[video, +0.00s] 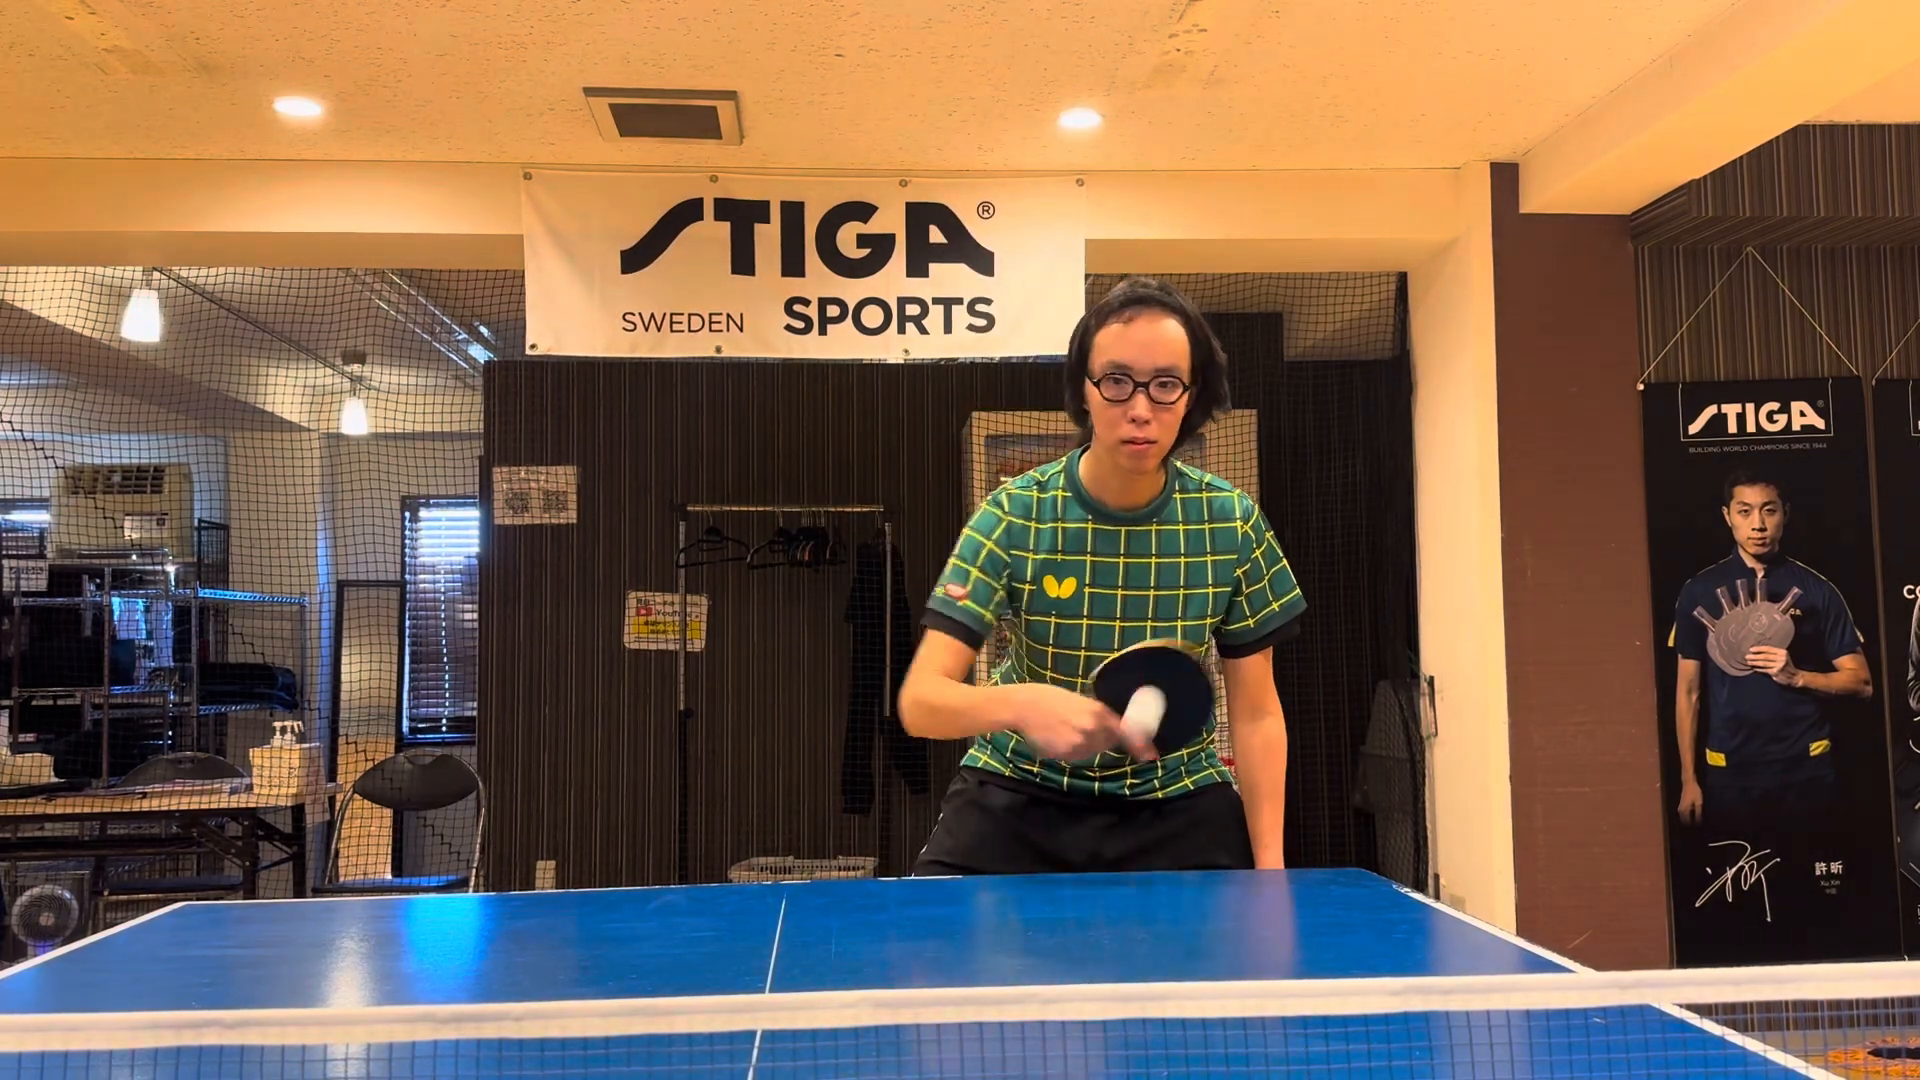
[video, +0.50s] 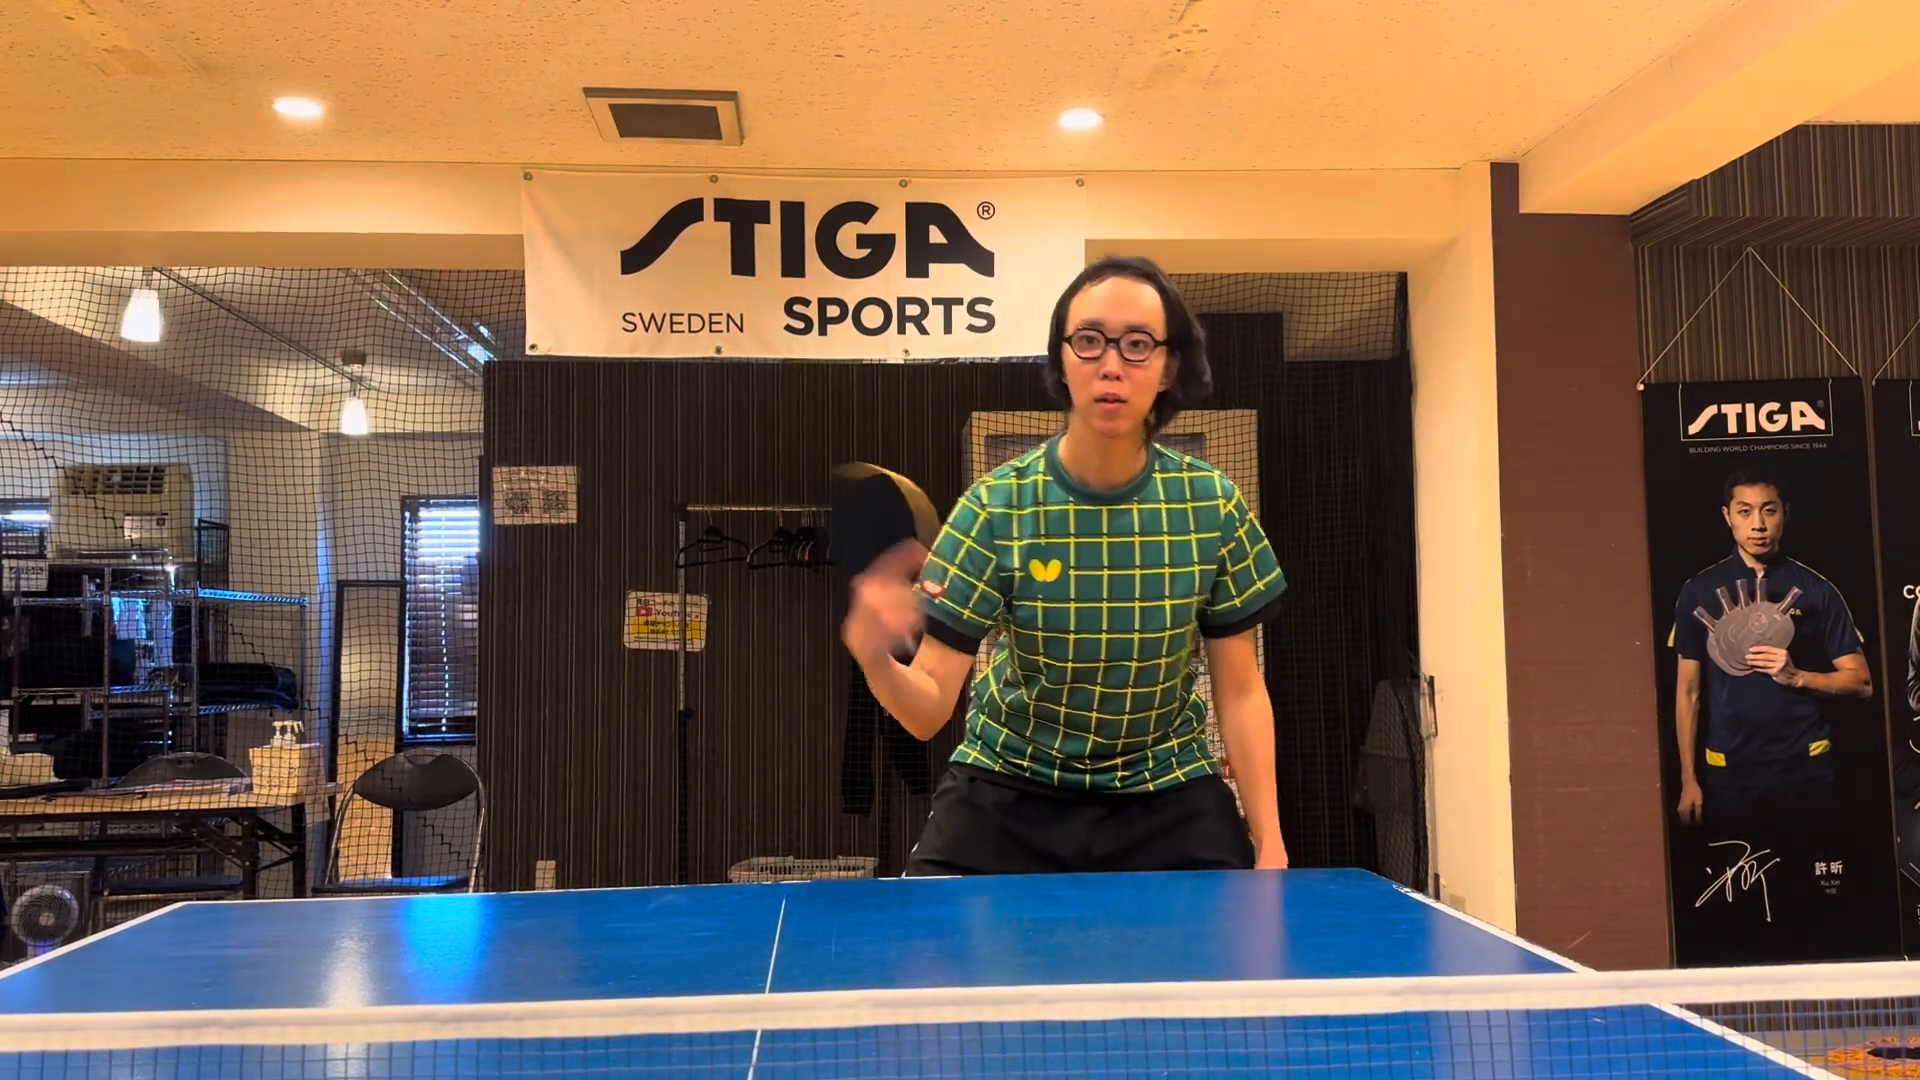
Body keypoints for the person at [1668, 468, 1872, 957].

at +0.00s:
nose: (1758, 523)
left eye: (1768, 510)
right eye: (1745, 511)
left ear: (1784, 517)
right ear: (1728, 517)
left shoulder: (1815, 591)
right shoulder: (1700, 594)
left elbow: (1860, 680)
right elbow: (1688, 691)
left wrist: (1798, 676)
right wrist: (1688, 778)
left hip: (1806, 771)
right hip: (1728, 775)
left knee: (1813, 904)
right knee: (1732, 907)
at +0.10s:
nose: (1758, 524)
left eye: (1769, 510)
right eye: (1745, 511)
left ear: (1784, 516)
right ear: (1728, 518)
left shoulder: (1817, 591)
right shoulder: (1699, 593)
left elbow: (1860, 682)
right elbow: (1688, 692)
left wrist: (1797, 676)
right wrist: (1689, 779)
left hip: (1805, 772)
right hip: (1731, 776)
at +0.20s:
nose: (1758, 524)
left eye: (1769, 510)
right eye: (1745, 511)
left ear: (1784, 516)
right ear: (1728, 518)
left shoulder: (1817, 591)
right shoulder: (1699, 593)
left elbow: (1860, 682)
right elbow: (1688, 692)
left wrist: (1797, 676)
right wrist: (1689, 779)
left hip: (1805, 772)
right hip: (1731, 776)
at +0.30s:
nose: (1758, 524)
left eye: (1769, 510)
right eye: (1745, 512)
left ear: (1785, 516)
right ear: (1728, 518)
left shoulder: (1817, 591)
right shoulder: (1699, 593)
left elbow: (1860, 682)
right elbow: (1688, 692)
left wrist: (1798, 676)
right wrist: (1689, 778)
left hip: (1805, 771)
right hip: (1731, 777)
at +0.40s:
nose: (1758, 522)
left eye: (1768, 510)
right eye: (1745, 511)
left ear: (1784, 517)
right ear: (1728, 517)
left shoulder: (1815, 591)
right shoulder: (1700, 594)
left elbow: (1860, 680)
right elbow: (1688, 691)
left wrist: (1798, 676)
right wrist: (1688, 778)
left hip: (1806, 770)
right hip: (1728, 774)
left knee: (1814, 904)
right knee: (1731, 907)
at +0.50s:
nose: (1758, 522)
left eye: (1768, 510)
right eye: (1745, 511)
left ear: (1784, 516)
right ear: (1728, 517)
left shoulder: (1816, 592)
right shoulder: (1700, 594)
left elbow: (1860, 681)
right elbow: (1688, 692)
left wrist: (1797, 676)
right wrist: (1688, 777)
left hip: (1806, 771)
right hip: (1729, 774)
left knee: (1813, 903)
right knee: (1732, 904)